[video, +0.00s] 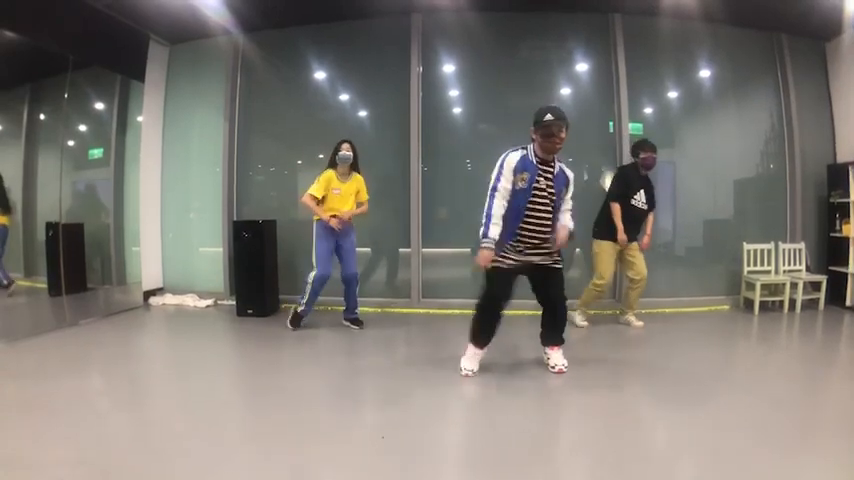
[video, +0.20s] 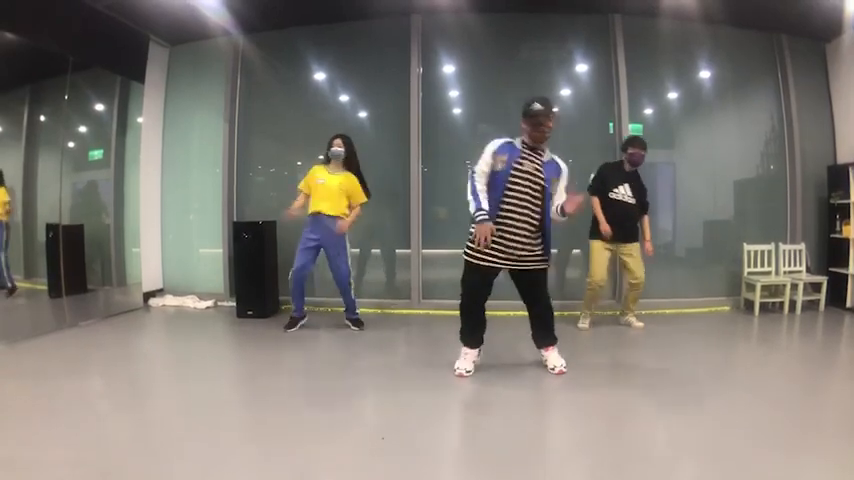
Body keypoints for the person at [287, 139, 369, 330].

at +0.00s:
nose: (345, 153)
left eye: (349, 150)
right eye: (342, 150)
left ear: (354, 156)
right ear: (336, 155)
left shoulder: (358, 179)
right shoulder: (327, 176)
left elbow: (364, 207)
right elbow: (306, 199)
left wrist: (349, 213)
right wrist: (327, 218)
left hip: (346, 228)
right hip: (324, 226)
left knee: (351, 273)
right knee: (323, 272)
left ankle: (351, 314)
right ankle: (301, 312)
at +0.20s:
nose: (336, 149)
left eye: (340, 146)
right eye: (333, 146)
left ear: (347, 151)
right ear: (328, 150)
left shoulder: (350, 178)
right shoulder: (316, 171)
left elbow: (357, 206)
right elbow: (304, 194)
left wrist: (348, 221)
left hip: (335, 223)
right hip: (314, 222)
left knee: (342, 274)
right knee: (299, 269)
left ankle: (352, 314)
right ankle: (298, 313)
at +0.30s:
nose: (327, 148)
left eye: (332, 146)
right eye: (325, 145)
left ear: (339, 151)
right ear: (320, 149)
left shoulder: (342, 177)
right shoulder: (310, 170)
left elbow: (351, 206)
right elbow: (292, 191)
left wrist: (345, 230)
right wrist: (268, 203)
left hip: (327, 222)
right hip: (307, 219)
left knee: (336, 271)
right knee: (298, 269)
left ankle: (351, 315)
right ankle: (296, 316)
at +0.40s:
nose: (318, 146)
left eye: (322, 143)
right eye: (316, 142)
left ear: (329, 148)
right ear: (311, 146)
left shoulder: (332, 174)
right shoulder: (300, 169)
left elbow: (342, 202)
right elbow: (284, 190)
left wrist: (336, 227)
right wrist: (267, 203)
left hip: (321, 220)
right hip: (300, 219)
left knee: (332, 271)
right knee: (297, 270)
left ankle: (350, 314)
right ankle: (296, 316)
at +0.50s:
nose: (308, 142)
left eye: (313, 139)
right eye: (305, 139)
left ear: (319, 146)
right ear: (300, 146)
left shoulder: (324, 169)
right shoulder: (292, 170)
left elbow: (333, 197)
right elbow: (282, 195)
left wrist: (325, 222)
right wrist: (272, 213)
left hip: (316, 217)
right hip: (296, 217)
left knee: (325, 269)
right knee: (295, 269)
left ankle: (340, 313)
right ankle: (296, 315)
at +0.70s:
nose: (298, 141)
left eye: (303, 138)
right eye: (295, 139)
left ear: (310, 144)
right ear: (291, 145)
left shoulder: (318, 166)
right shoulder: (287, 171)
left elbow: (328, 196)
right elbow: (286, 199)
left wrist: (317, 220)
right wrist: (283, 220)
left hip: (311, 215)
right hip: (291, 216)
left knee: (317, 267)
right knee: (290, 269)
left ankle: (329, 313)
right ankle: (295, 315)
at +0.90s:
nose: (298, 146)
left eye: (302, 143)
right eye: (295, 143)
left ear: (309, 145)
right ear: (291, 147)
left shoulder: (319, 167)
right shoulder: (286, 171)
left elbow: (328, 195)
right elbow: (282, 199)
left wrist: (318, 221)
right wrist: (279, 221)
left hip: (311, 214)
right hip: (290, 215)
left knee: (317, 266)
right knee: (291, 268)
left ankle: (330, 313)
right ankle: (295, 314)